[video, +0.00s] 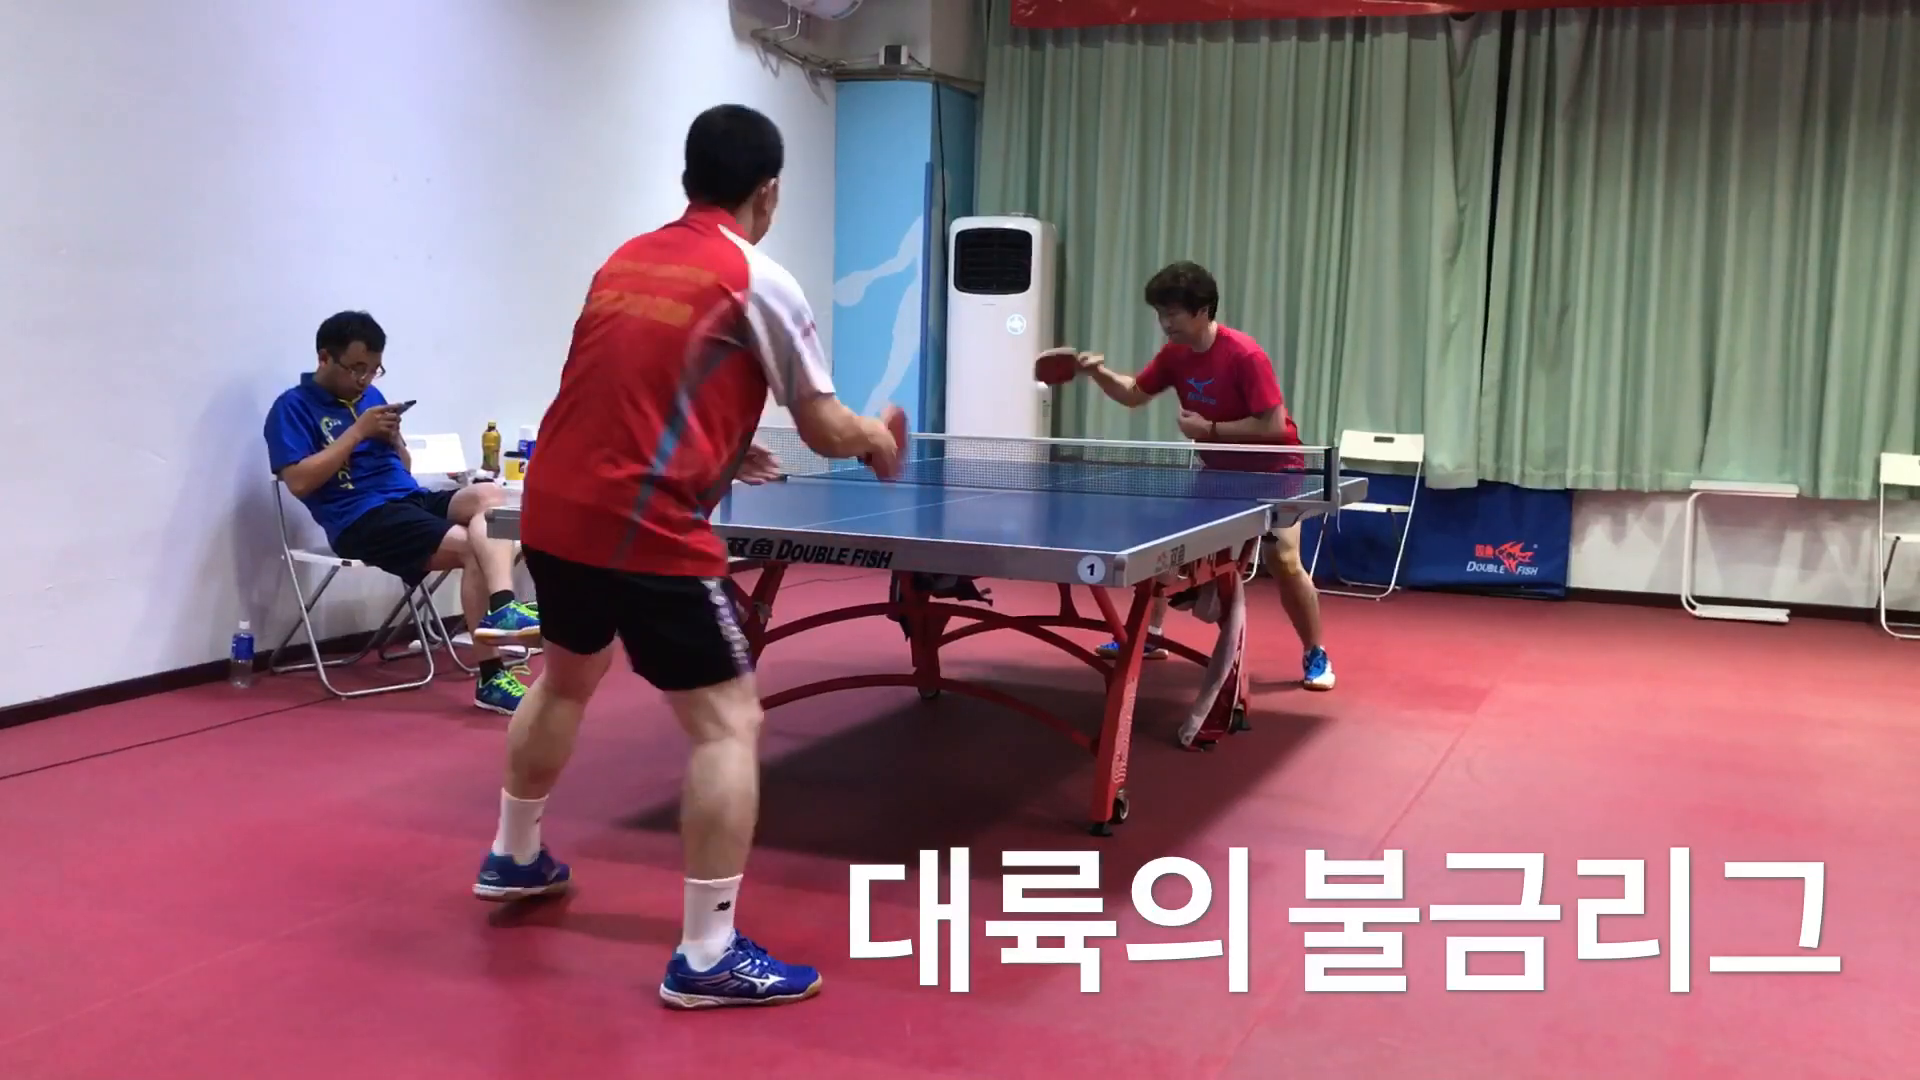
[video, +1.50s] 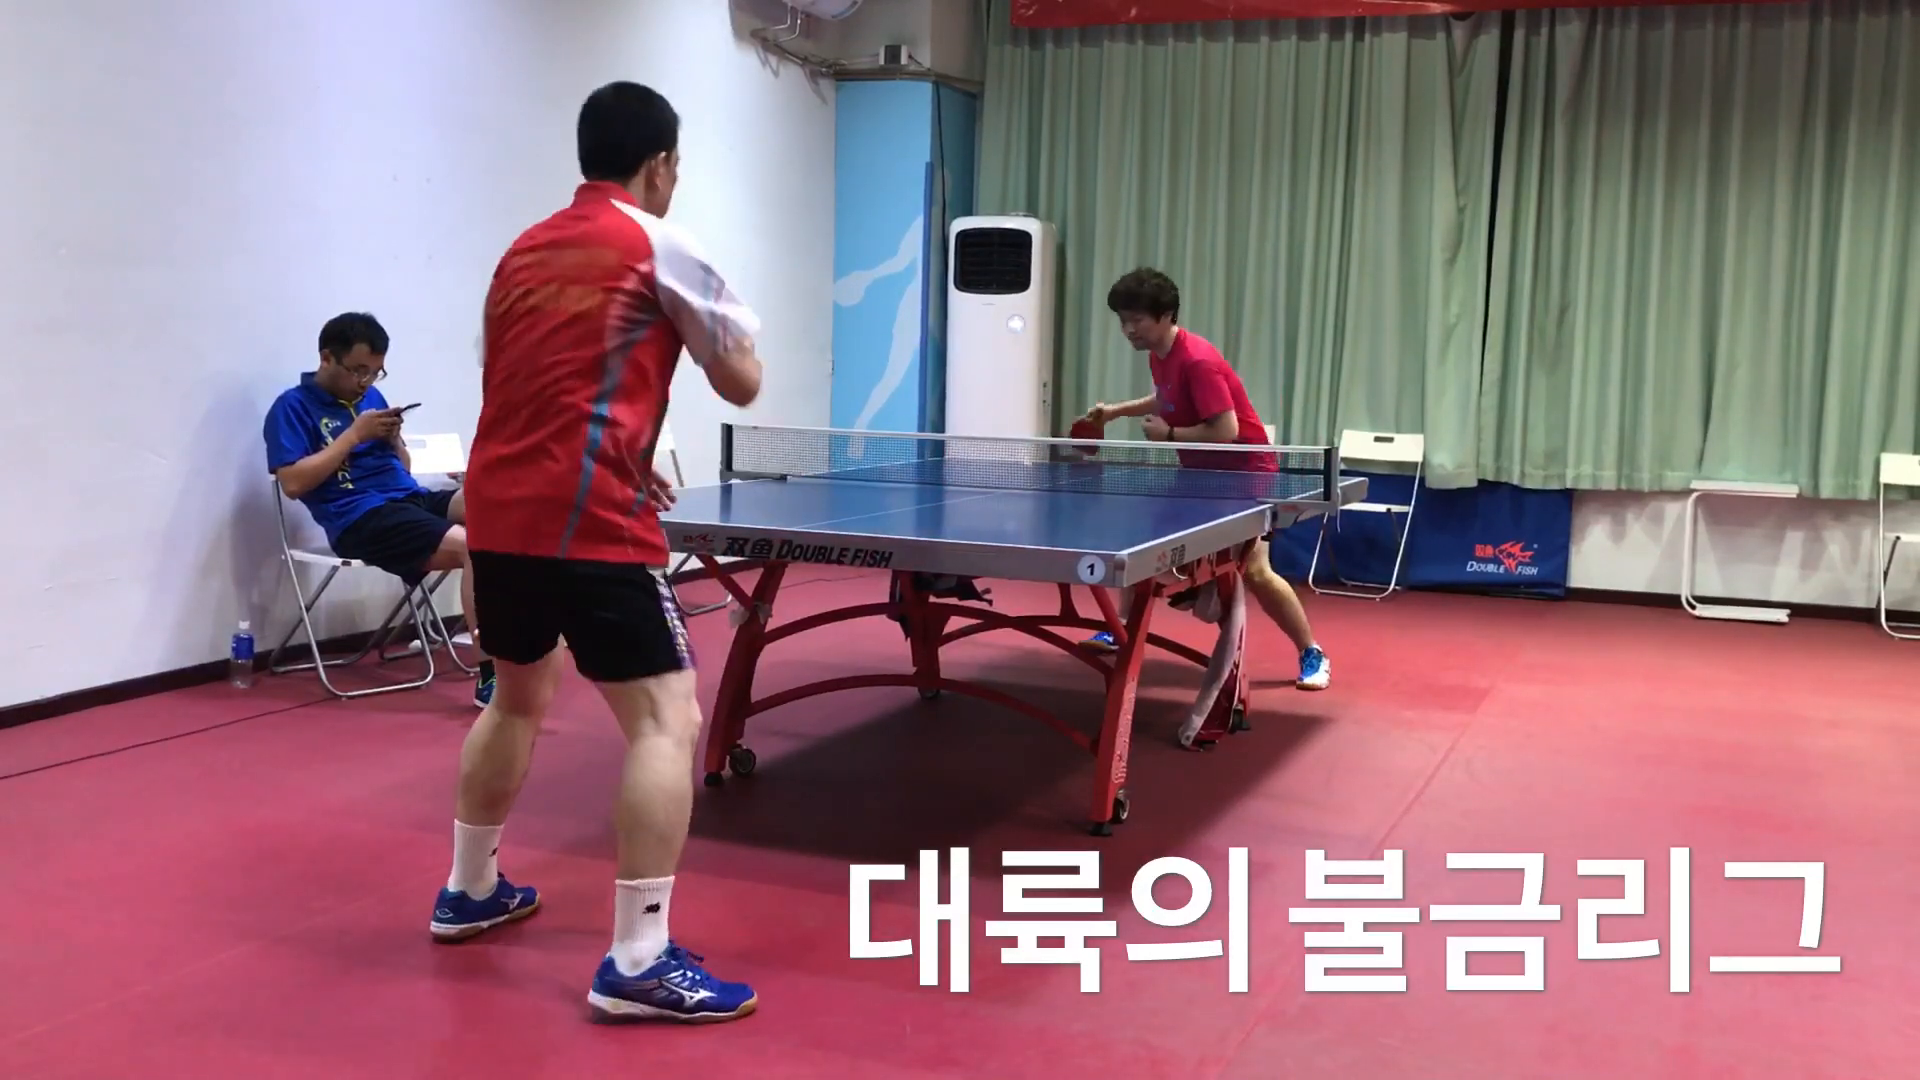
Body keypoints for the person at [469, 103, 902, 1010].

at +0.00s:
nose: (778, 199)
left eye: (772, 185)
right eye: (779, 186)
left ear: (690, 182)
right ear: (766, 191)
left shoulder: (625, 259)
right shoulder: (761, 284)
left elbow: (610, 397)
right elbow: (823, 428)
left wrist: (717, 449)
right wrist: (871, 436)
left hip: (555, 519)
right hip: (655, 538)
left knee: (564, 677)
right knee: (727, 723)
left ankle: (512, 857)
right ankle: (708, 952)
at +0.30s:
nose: (768, 225)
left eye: (769, 207)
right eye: (765, 206)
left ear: (699, 199)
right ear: (732, 203)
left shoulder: (649, 264)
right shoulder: (680, 281)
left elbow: (650, 409)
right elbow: (683, 426)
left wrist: (734, 467)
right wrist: (815, 467)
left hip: (528, 523)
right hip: (587, 532)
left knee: (568, 702)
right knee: (667, 722)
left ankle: (494, 876)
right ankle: (703, 951)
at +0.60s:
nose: (724, 209)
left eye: (722, 196)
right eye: (723, 196)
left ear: (632, 194)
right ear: (706, 199)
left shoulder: (565, 273)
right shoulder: (710, 286)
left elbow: (532, 387)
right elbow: (802, 404)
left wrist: (659, 444)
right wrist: (817, 330)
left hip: (527, 535)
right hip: (632, 546)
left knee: (533, 702)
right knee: (714, 741)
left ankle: (490, 877)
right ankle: (667, 964)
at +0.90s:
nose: (753, 197)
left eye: (751, 182)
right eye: (755, 182)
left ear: (668, 171)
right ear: (739, 183)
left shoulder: (610, 247)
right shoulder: (709, 264)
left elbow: (618, 396)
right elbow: (761, 418)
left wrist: (715, 452)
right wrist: (838, 453)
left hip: (512, 512)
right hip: (600, 528)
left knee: (538, 691)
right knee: (658, 729)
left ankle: (472, 883)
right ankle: (664, 966)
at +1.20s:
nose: (726, 221)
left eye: (730, 205)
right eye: (726, 202)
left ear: (668, 181)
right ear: (694, 190)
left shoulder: (631, 250)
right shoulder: (615, 235)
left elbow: (591, 384)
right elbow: (557, 358)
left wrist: (654, 456)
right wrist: (695, 402)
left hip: (526, 519)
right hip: (560, 522)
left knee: (552, 705)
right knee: (640, 714)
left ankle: (471, 887)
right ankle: (664, 952)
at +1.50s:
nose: (677, 181)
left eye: (676, 168)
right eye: (676, 167)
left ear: (584, 164)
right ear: (657, 166)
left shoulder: (521, 250)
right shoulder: (657, 247)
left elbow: (515, 388)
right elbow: (742, 383)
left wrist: (628, 455)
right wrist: (713, 314)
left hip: (499, 524)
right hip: (598, 529)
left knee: (513, 702)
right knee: (663, 722)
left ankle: (469, 889)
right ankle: (639, 958)